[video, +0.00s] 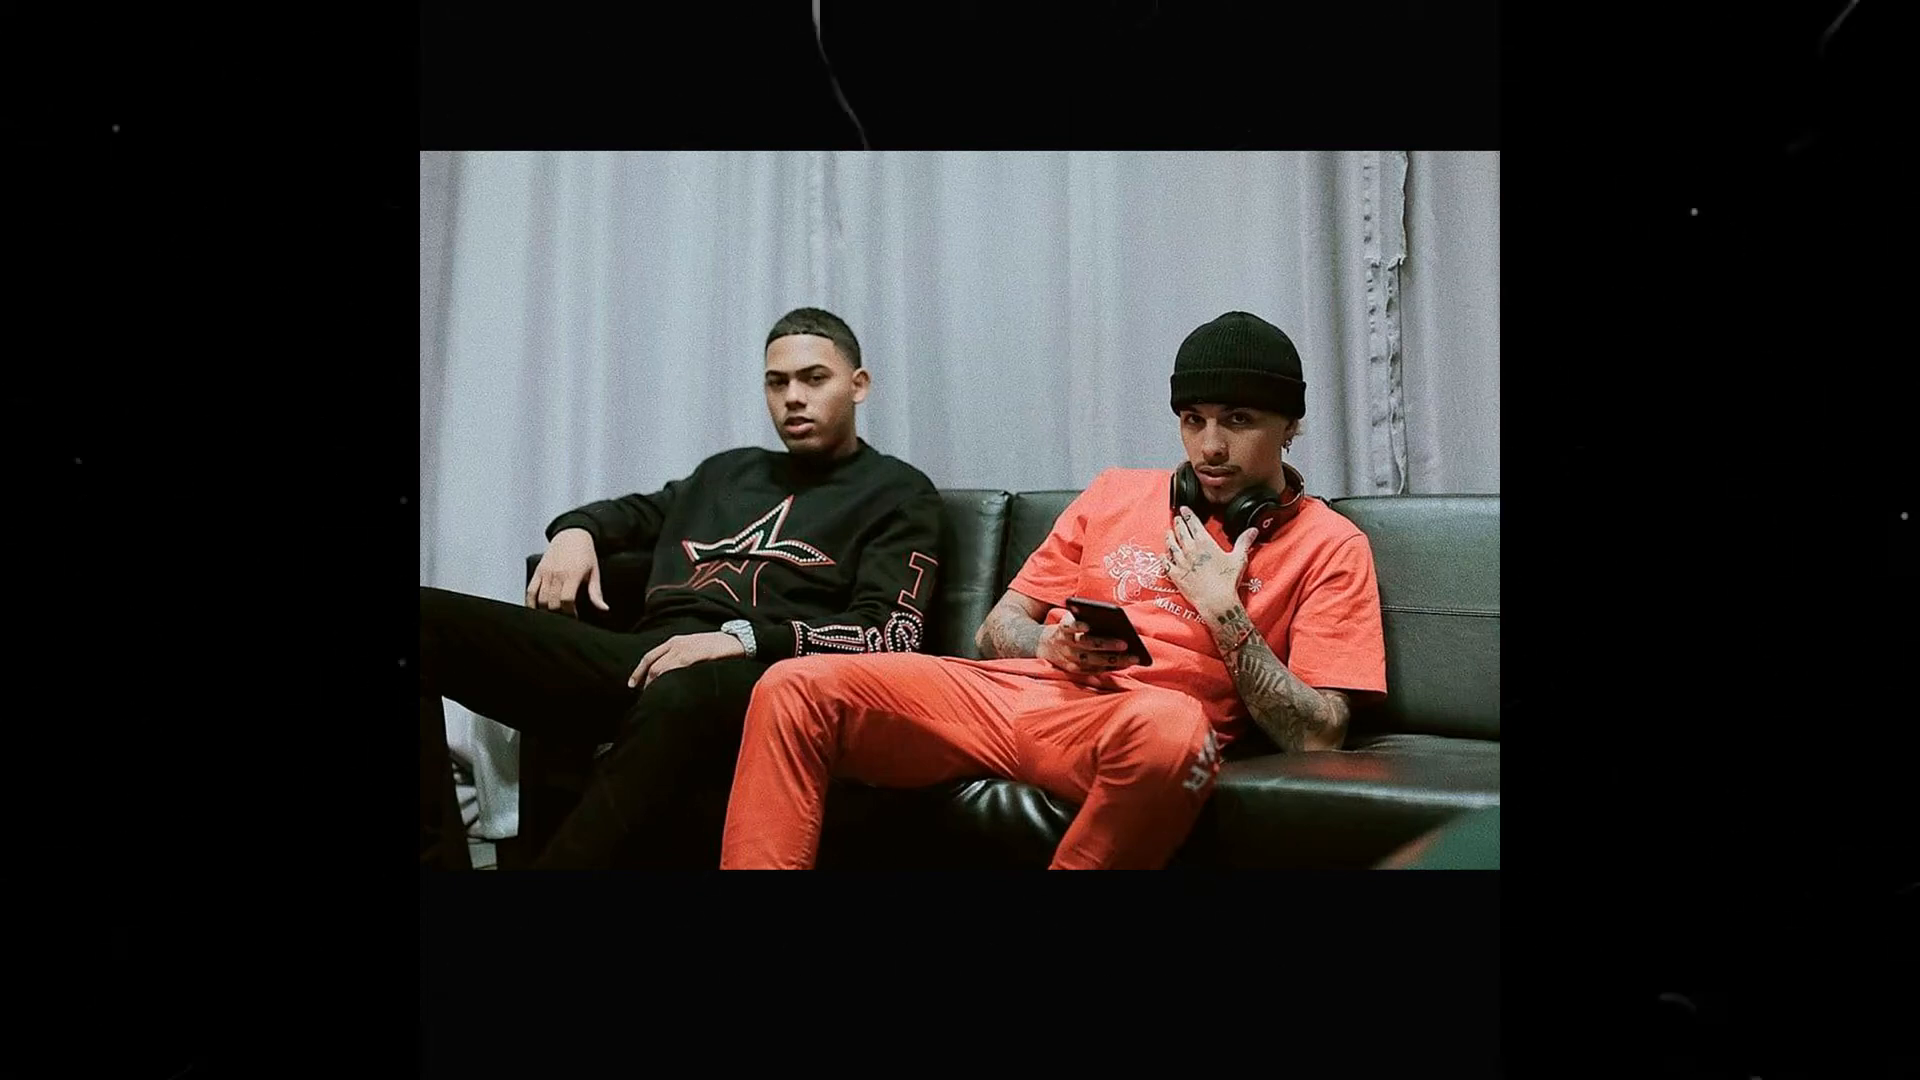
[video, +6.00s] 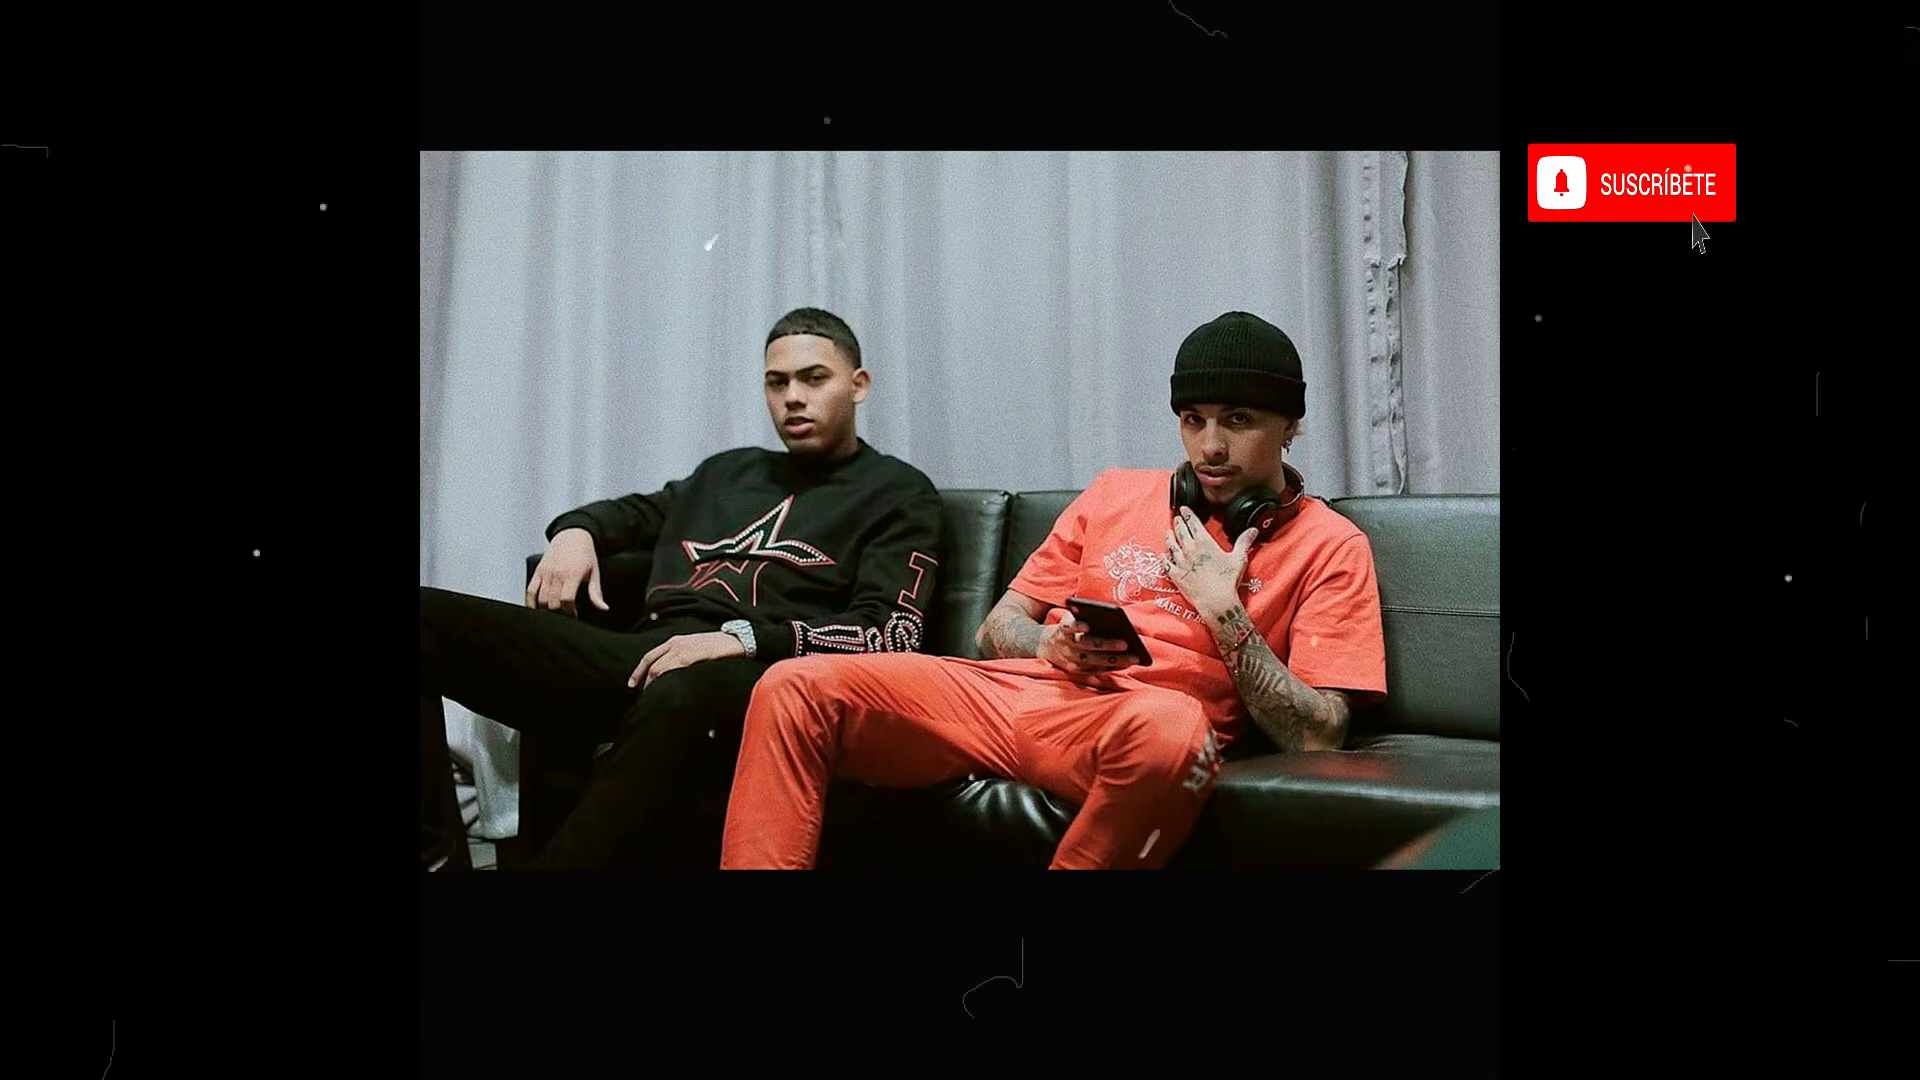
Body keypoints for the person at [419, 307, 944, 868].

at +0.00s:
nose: (793, 399)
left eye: (813, 379)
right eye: (778, 382)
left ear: (859, 385)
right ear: (765, 390)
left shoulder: (900, 494)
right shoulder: (728, 471)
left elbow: (894, 635)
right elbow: (641, 516)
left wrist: (742, 638)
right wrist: (574, 530)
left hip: (770, 681)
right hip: (637, 654)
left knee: (681, 700)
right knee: (427, 617)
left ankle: (561, 869)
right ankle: (442, 856)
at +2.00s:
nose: (792, 398)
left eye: (813, 379)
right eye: (778, 382)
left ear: (859, 385)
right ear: (765, 390)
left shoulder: (899, 494)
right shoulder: (728, 472)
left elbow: (892, 636)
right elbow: (641, 515)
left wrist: (744, 637)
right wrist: (575, 530)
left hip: (771, 681)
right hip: (638, 654)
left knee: (683, 700)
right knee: (426, 617)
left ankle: (561, 873)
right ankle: (441, 857)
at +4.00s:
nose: (793, 399)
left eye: (813, 379)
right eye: (779, 382)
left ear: (859, 385)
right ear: (765, 390)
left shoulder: (900, 494)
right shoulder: (728, 471)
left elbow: (893, 634)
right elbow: (640, 515)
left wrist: (742, 639)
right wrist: (574, 530)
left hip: (769, 680)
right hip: (637, 652)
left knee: (682, 699)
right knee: (426, 617)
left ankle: (562, 870)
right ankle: (441, 856)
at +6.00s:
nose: (793, 399)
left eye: (814, 379)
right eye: (779, 382)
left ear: (859, 385)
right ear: (765, 390)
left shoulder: (899, 494)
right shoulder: (728, 472)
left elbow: (893, 634)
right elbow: (641, 515)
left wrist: (743, 639)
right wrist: (575, 529)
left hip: (772, 680)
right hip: (641, 653)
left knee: (680, 700)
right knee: (424, 617)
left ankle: (561, 870)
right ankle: (439, 850)